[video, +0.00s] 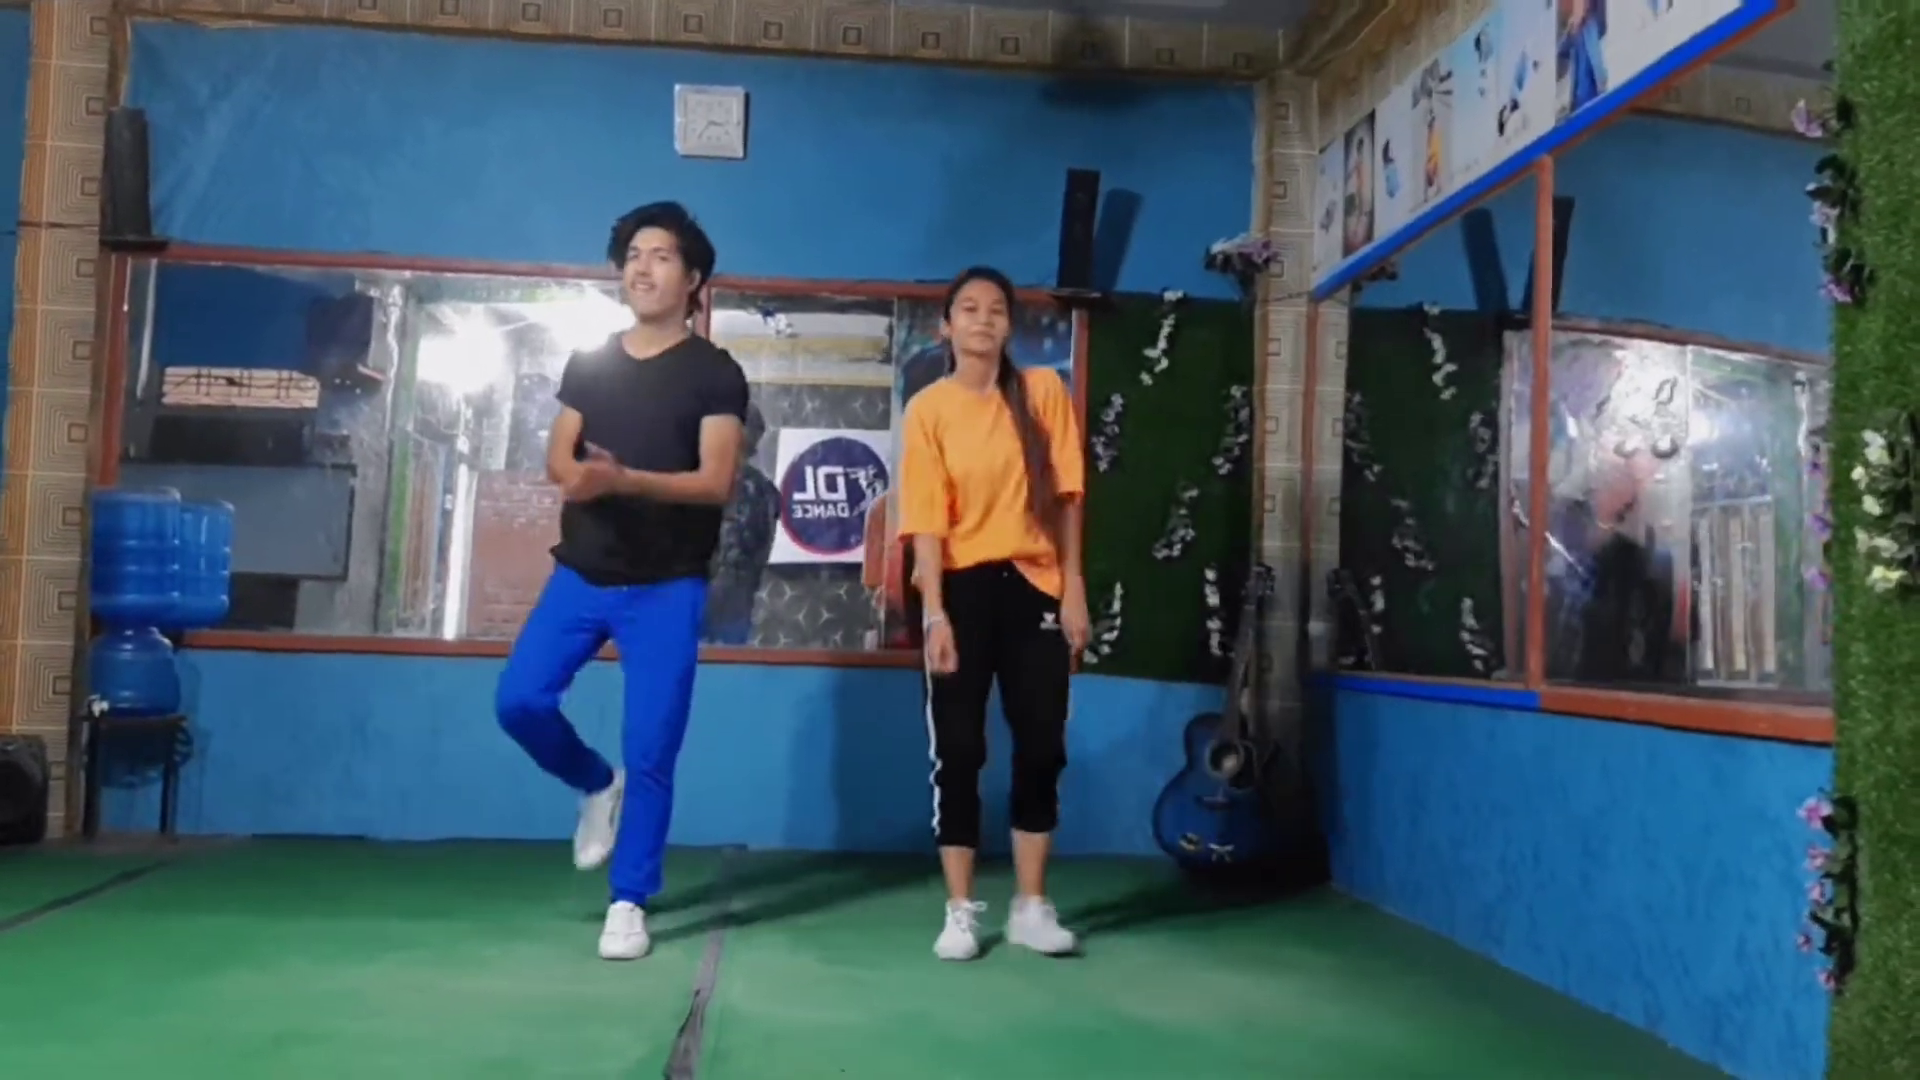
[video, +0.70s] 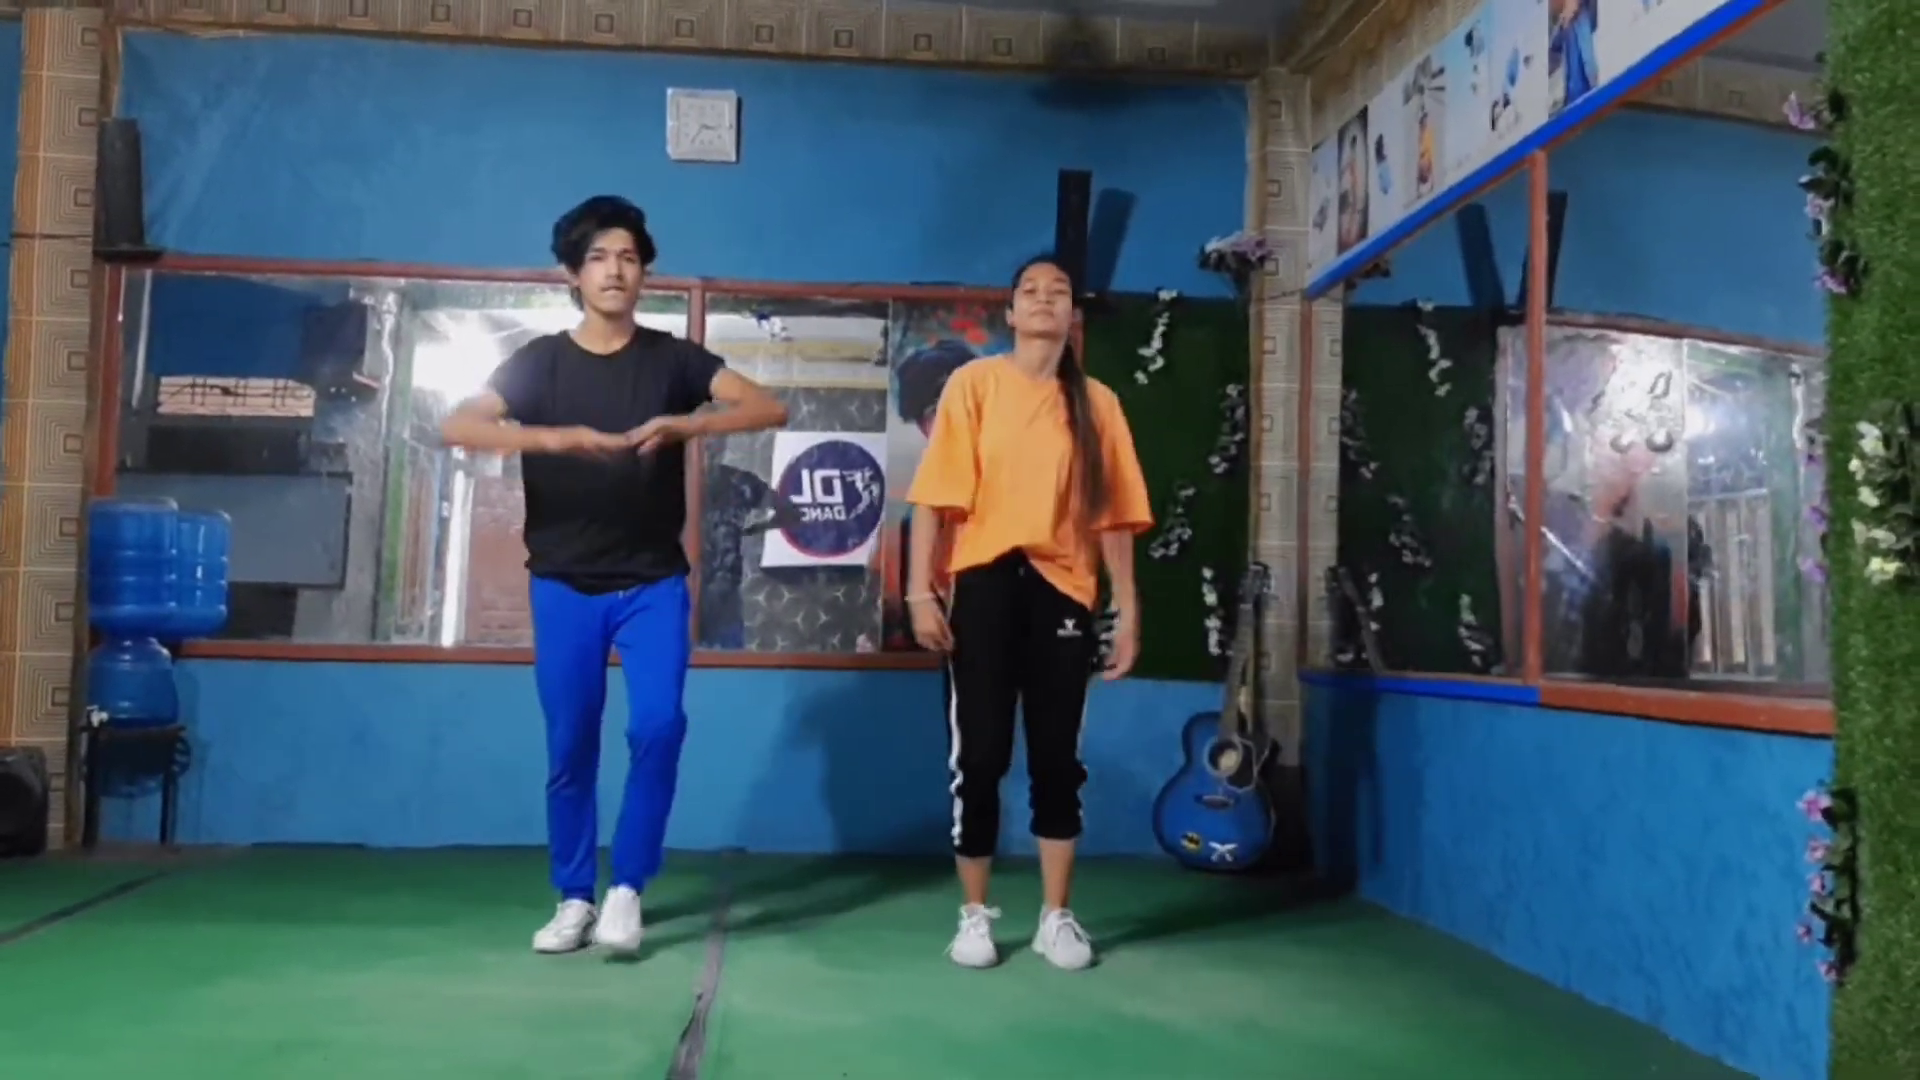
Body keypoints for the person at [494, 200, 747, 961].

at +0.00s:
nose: (644, 269)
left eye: (662, 258)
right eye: (635, 257)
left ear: (694, 279)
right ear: (619, 274)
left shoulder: (715, 373)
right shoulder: (589, 367)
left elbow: (717, 484)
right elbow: (558, 459)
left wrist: (624, 480)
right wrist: (585, 479)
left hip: (666, 589)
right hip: (580, 578)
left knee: (648, 753)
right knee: (520, 704)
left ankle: (629, 901)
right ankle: (598, 784)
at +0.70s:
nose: (618, 272)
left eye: (630, 259)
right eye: (601, 259)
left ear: (644, 273)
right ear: (573, 274)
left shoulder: (672, 358)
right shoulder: (539, 362)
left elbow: (768, 410)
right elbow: (459, 428)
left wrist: (682, 425)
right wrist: (557, 438)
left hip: (654, 585)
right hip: (563, 587)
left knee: (658, 729)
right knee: (570, 746)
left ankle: (627, 892)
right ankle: (574, 898)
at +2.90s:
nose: (637, 335)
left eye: (650, 319)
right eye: (622, 322)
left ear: (675, 323)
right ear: (605, 330)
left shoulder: (700, 409)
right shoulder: (587, 395)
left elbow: (684, 500)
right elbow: (585, 504)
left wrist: (690, 409)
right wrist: (587, 608)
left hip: (643, 625)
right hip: (554, 609)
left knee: (657, 771)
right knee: (536, 768)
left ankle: (615, 908)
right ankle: (488, 893)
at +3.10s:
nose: (643, 315)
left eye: (657, 300)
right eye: (628, 302)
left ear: (677, 313)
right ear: (604, 313)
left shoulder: (706, 399)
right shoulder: (570, 394)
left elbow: (710, 488)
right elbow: (561, 501)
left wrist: (624, 515)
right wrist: (602, 470)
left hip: (658, 606)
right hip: (571, 589)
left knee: (661, 764)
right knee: (549, 707)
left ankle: (619, 905)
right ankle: (541, 876)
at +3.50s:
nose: (621, 349)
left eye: (631, 333)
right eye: (607, 337)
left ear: (645, 325)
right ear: (579, 334)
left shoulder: (680, 400)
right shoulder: (548, 412)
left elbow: (664, 512)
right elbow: (571, 515)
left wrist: (559, 549)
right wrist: (580, 606)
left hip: (674, 617)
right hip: (582, 617)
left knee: (732, 759)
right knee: (550, 769)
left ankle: (806, 888)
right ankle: (565, 905)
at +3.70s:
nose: (610, 353)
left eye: (621, 337)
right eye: (594, 339)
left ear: (635, 334)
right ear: (565, 339)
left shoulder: (666, 412)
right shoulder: (530, 421)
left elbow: (689, 524)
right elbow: (533, 533)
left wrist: (657, 600)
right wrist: (506, 524)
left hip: (681, 615)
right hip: (585, 626)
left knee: (757, 745)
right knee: (561, 772)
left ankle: (808, 881)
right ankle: (566, 906)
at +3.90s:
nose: (634, 277)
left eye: (644, 262)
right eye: (617, 264)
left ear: (662, 271)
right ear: (591, 276)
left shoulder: (697, 347)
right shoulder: (563, 354)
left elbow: (755, 438)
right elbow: (527, 448)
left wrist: (718, 447)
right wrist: (596, 445)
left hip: (674, 535)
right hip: (586, 547)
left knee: (716, 603)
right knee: (562, 694)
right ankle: (566, 853)